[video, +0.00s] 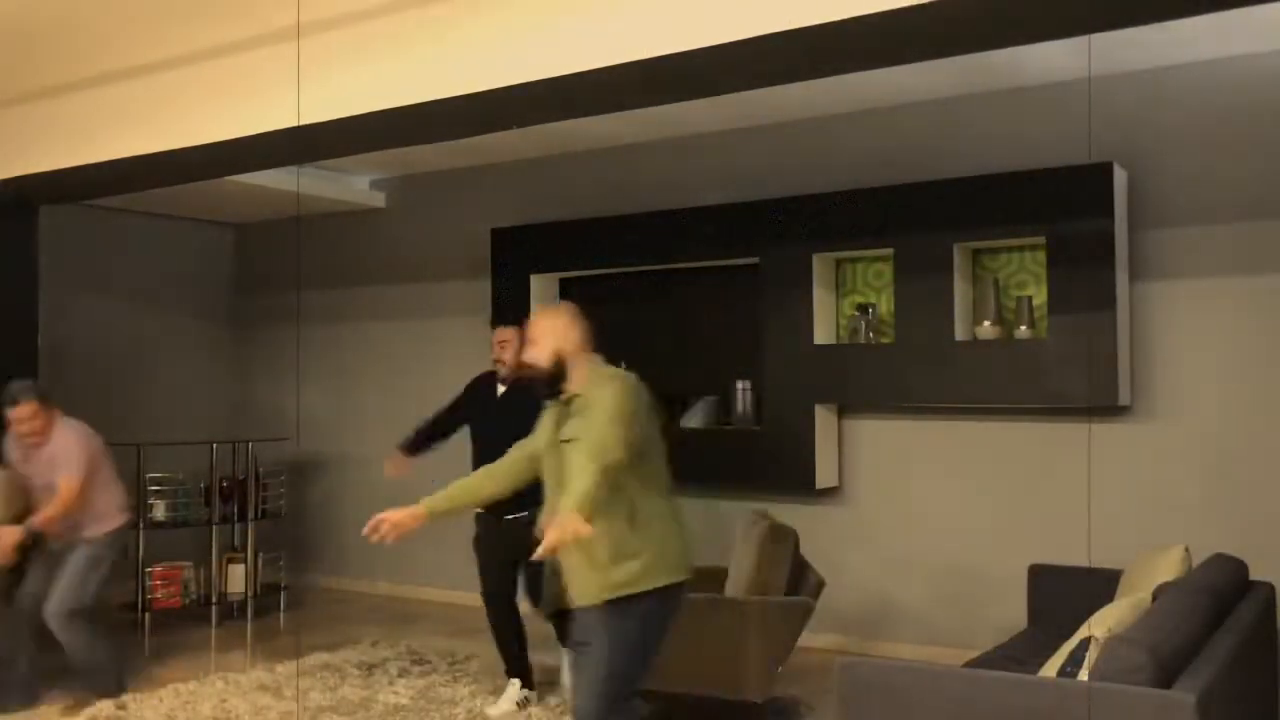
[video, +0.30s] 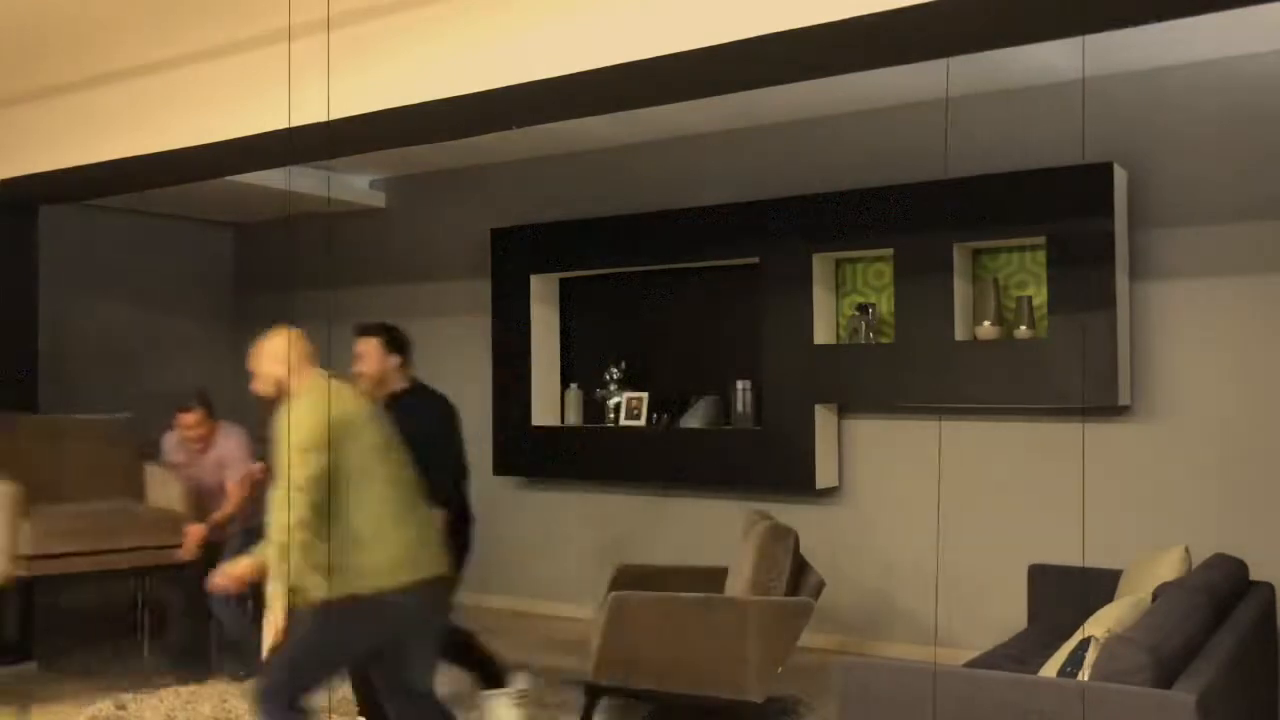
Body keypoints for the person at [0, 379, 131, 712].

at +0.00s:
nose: (27, 427)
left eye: (33, 417)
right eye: (18, 420)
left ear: (48, 413)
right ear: (9, 422)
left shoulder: (73, 437)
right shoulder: (14, 444)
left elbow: (67, 500)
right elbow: (15, 496)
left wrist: (22, 532)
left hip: (102, 531)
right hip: (60, 534)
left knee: (60, 611)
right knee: (25, 606)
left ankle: (108, 684)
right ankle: (22, 693)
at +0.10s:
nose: (94, 430)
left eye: (100, 421)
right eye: (86, 423)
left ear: (114, 416)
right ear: (77, 423)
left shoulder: (137, 440)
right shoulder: (73, 443)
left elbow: (132, 499)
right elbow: (74, 494)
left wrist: (91, 529)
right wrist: (74, 536)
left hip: (151, 532)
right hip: (112, 533)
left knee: (108, 604)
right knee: (106, 603)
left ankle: (101, 688)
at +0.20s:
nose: (138, 433)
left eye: (144, 424)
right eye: (130, 426)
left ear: (156, 421)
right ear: (121, 425)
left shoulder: (179, 440)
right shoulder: (117, 445)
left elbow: (181, 498)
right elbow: (123, 498)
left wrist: (143, 529)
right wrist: (127, 535)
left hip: (200, 526)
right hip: (158, 528)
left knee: (158, 592)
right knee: (133, 589)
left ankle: (174, 669)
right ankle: (138, 667)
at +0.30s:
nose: (193, 433)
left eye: (199, 425)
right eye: (186, 427)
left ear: (212, 422)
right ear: (176, 427)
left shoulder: (231, 440)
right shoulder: (172, 444)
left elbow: (239, 496)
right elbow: (174, 493)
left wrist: (205, 528)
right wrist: (182, 528)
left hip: (238, 521)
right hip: (198, 521)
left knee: (223, 583)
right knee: (184, 579)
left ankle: (244, 655)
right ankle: (189, 656)